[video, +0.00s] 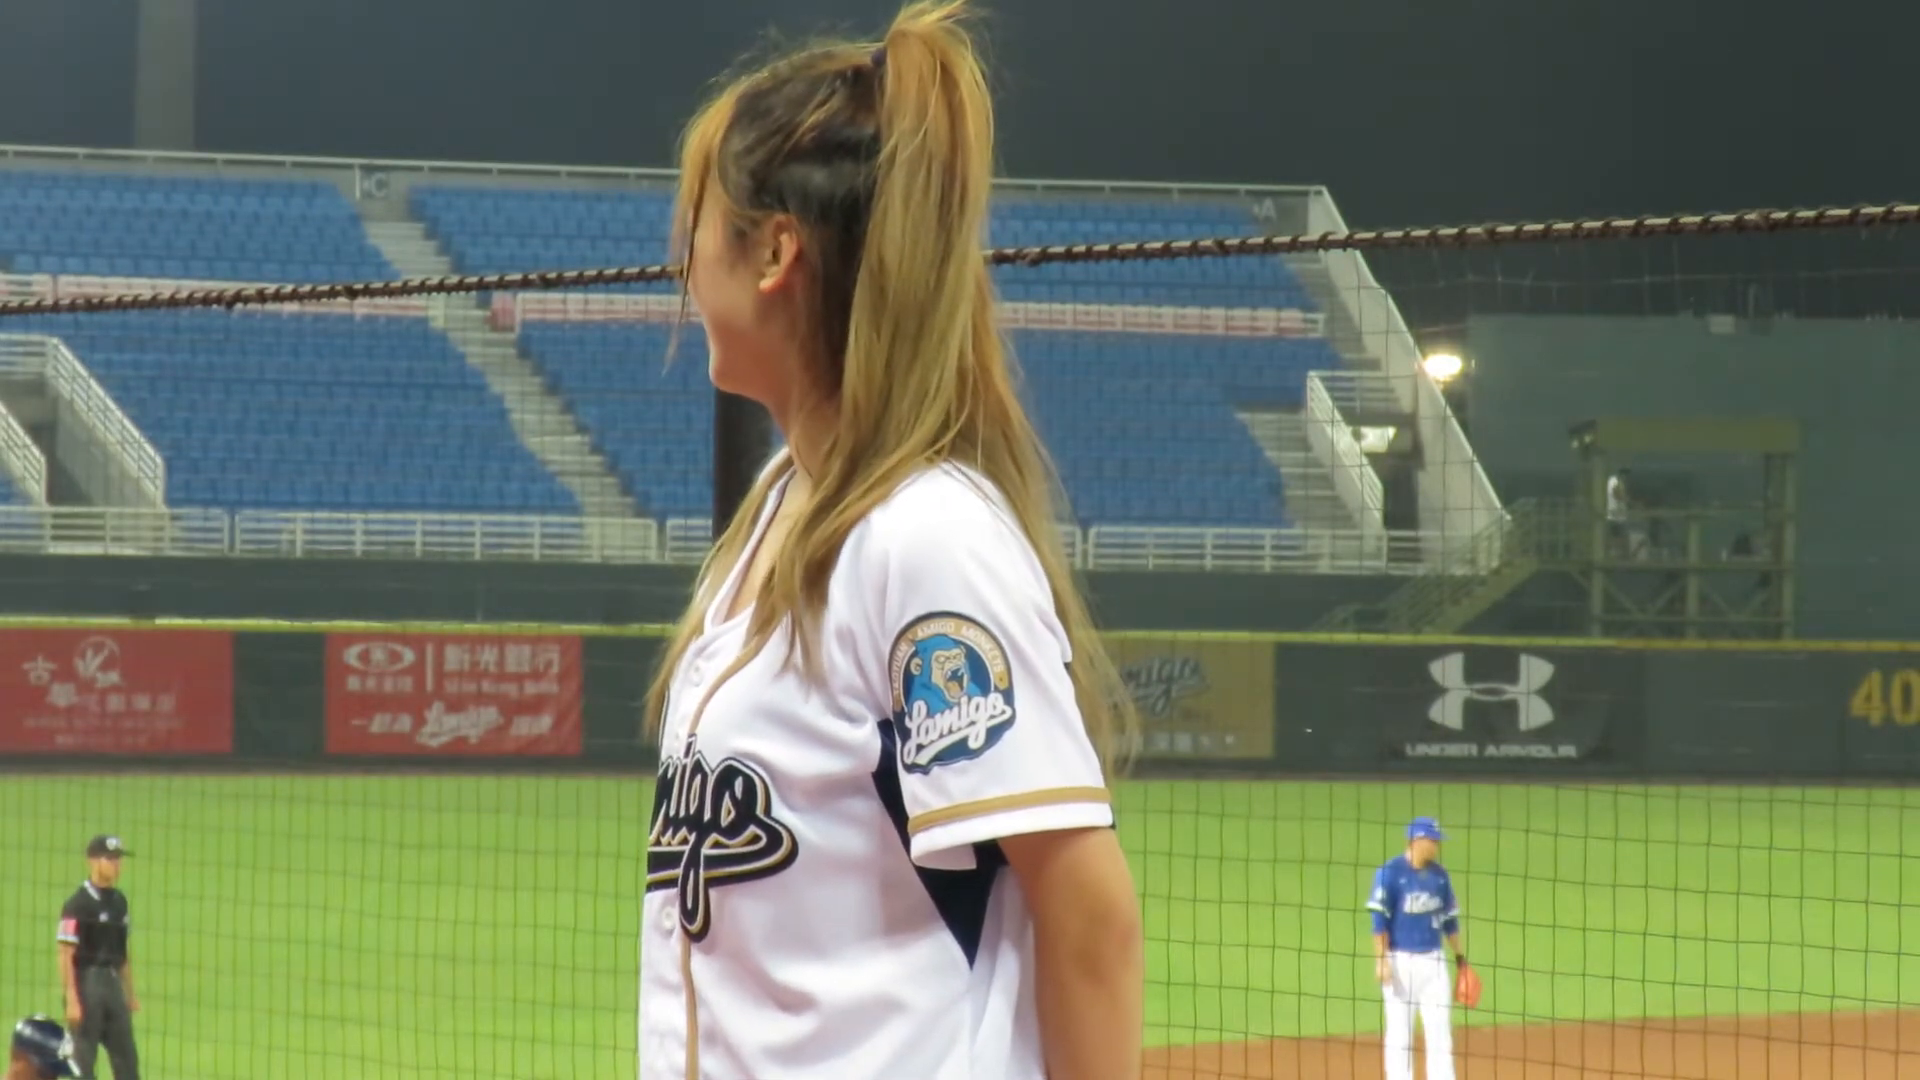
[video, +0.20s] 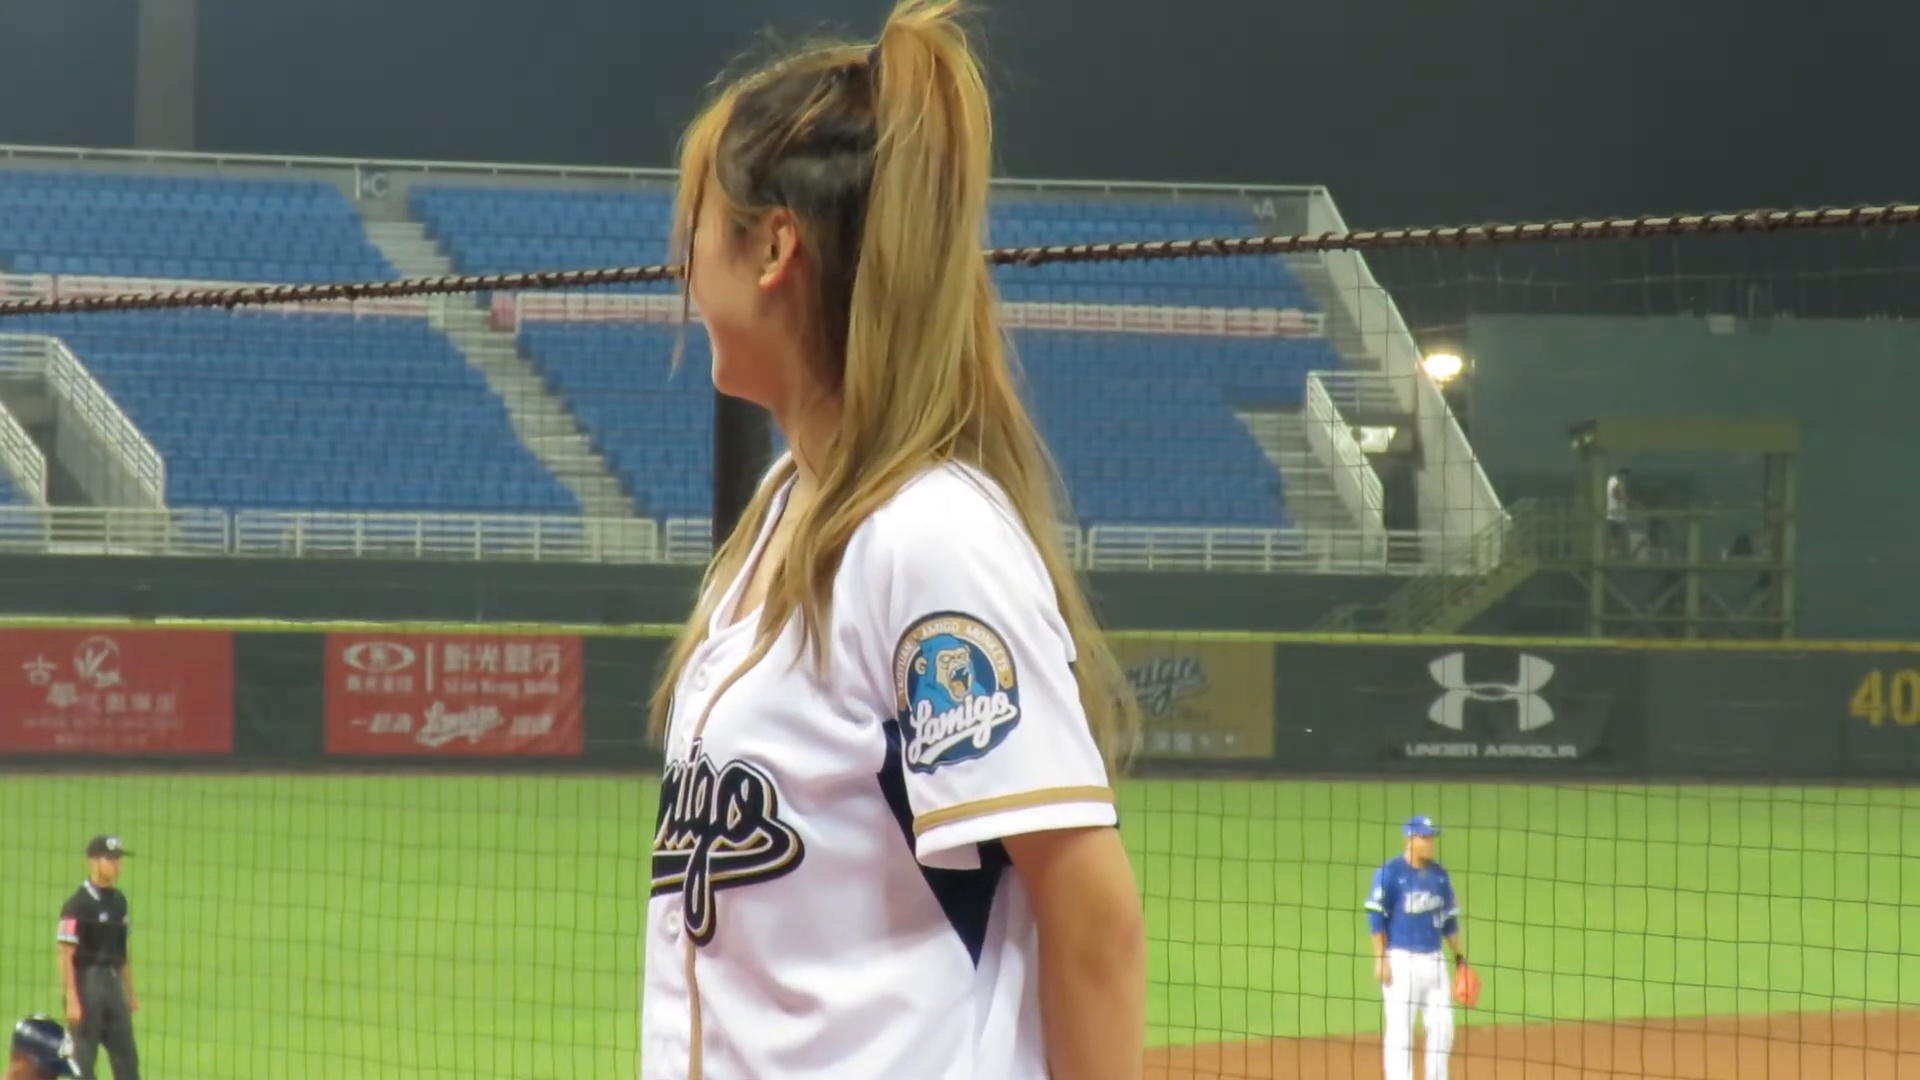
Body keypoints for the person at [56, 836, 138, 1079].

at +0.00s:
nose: (116, 866)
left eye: (117, 860)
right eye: (110, 859)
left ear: (118, 862)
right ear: (94, 861)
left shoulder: (118, 901)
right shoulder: (77, 904)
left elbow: (121, 952)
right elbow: (65, 954)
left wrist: (129, 992)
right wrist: (72, 1000)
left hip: (113, 973)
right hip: (87, 972)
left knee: (125, 1051)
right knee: (84, 1052)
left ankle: (127, 1076)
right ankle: (82, 1074)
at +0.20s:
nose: (116, 866)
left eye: (117, 860)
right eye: (110, 860)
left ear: (118, 862)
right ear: (94, 861)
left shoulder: (118, 901)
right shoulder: (77, 904)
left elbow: (121, 952)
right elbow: (65, 954)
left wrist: (128, 991)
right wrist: (72, 1000)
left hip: (113, 973)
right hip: (87, 972)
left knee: (125, 1051)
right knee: (84, 1052)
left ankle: (127, 1076)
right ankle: (82, 1074)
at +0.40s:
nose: (116, 866)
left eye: (118, 860)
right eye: (110, 860)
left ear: (118, 862)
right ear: (94, 861)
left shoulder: (118, 901)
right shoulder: (77, 904)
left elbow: (121, 951)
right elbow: (65, 954)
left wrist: (128, 991)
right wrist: (72, 1000)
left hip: (113, 973)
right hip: (86, 972)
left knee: (125, 1052)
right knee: (84, 1053)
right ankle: (83, 1074)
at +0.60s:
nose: (116, 866)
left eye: (117, 860)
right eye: (110, 860)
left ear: (118, 862)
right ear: (94, 861)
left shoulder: (118, 901)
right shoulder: (76, 904)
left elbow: (121, 951)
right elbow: (65, 955)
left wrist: (129, 990)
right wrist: (72, 1000)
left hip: (113, 973)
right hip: (87, 973)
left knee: (125, 1052)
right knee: (84, 1053)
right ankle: (82, 1076)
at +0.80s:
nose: (116, 866)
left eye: (117, 860)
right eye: (110, 860)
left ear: (119, 862)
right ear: (93, 861)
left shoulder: (117, 900)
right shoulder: (77, 904)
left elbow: (121, 951)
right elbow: (66, 954)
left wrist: (128, 990)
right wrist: (73, 1001)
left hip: (113, 974)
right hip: (87, 973)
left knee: (129, 1051)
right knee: (85, 1054)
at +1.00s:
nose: (117, 865)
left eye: (118, 859)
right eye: (111, 859)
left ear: (119, 861)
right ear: (94, 860)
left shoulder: (118, 898)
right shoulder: (79, 903)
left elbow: (122, 955)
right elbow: (68, 955)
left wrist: (129, 995)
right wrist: (78, 1000)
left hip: (114, 975)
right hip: (89, 975)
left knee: (138, 1049)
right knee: (86, 1055)